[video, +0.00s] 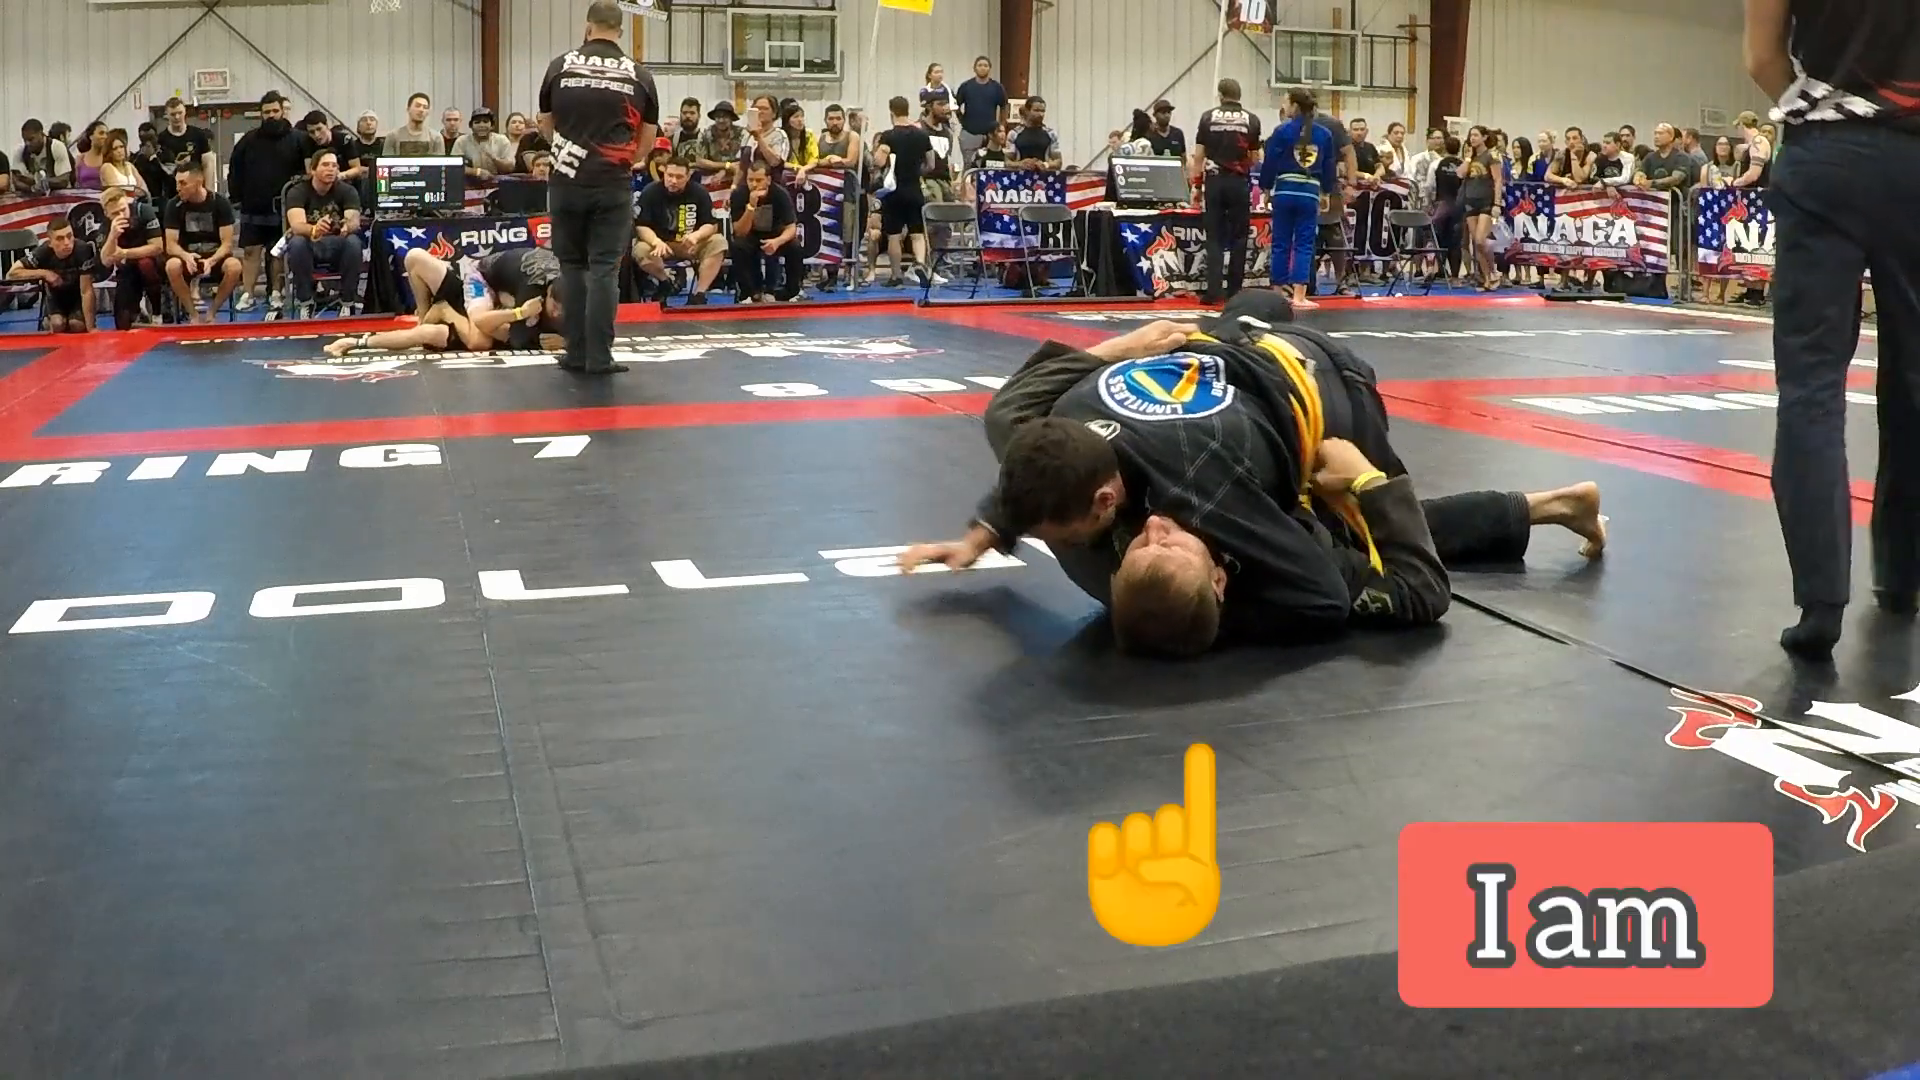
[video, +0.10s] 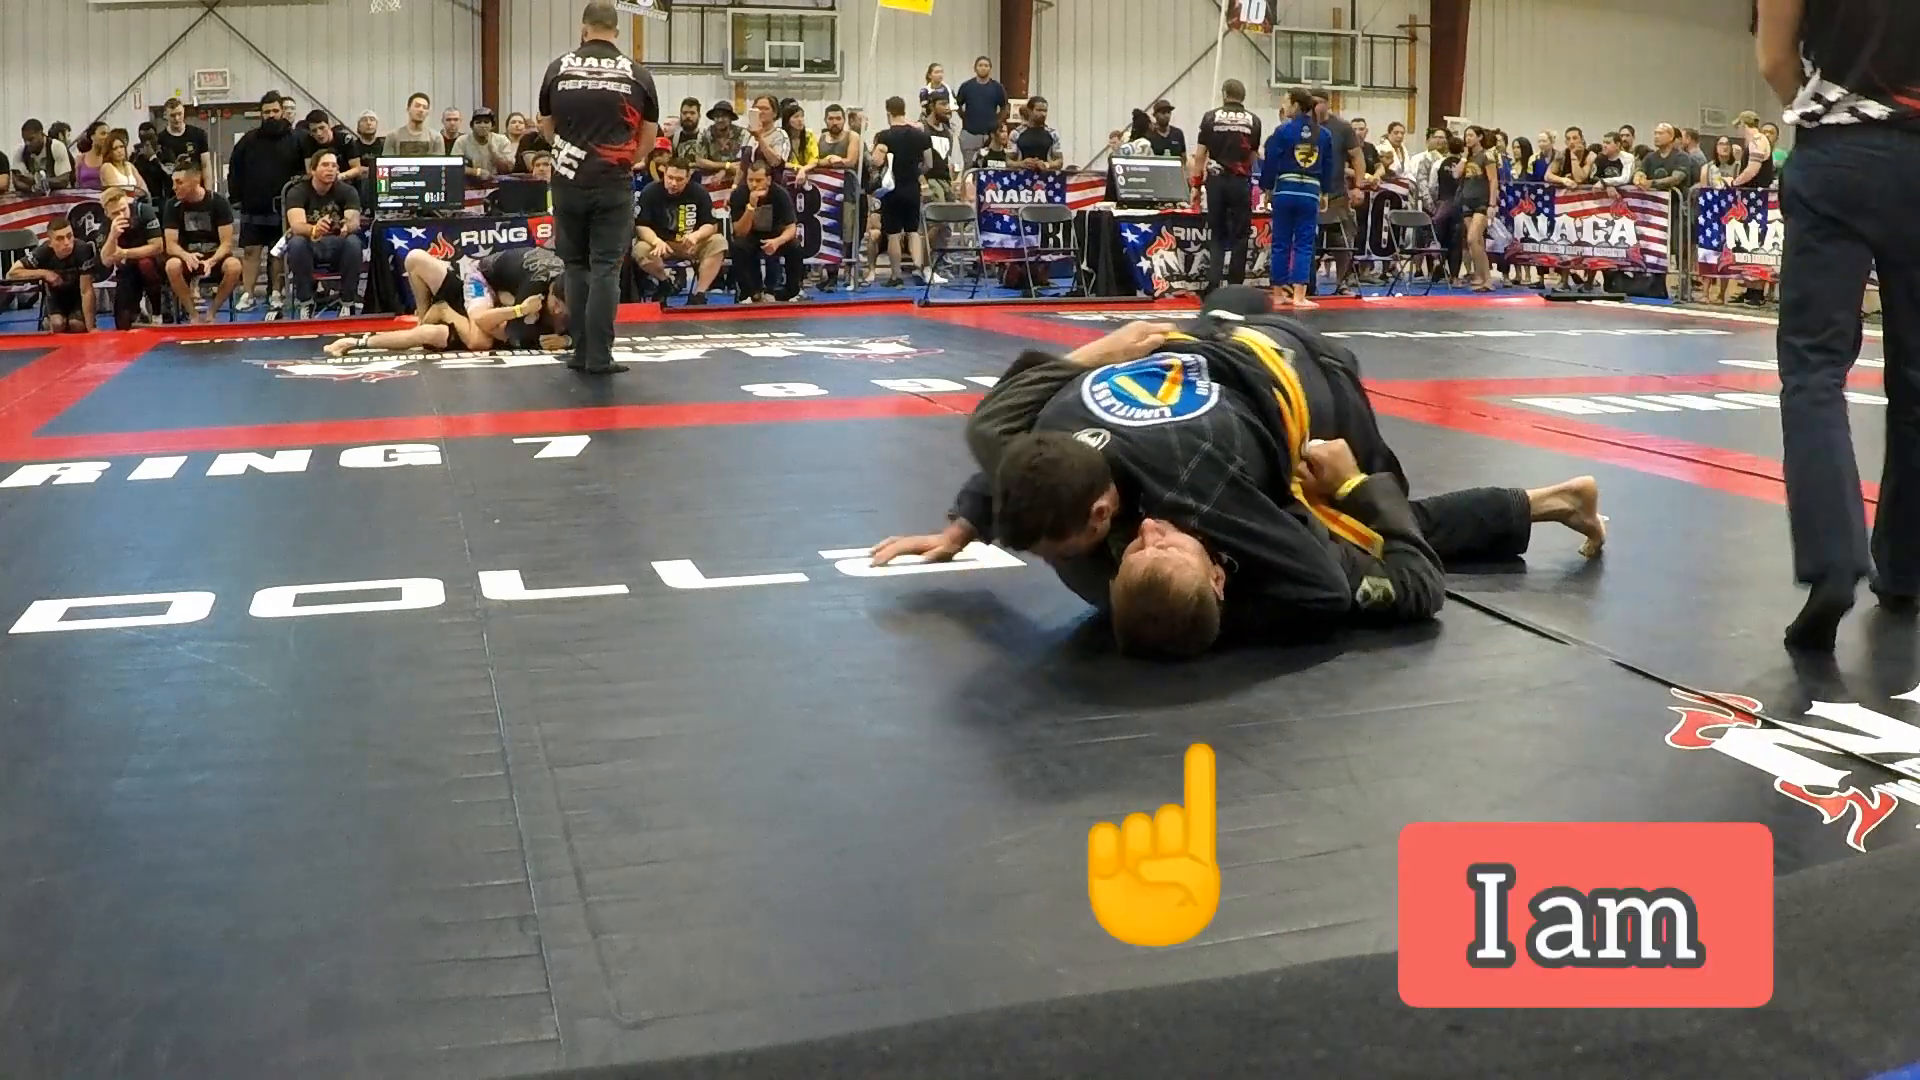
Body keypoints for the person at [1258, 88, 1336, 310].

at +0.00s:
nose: (1284, 107)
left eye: (1286, 103)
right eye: (1285, 103)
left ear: (1295, 106)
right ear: (1309, 107)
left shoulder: (1282, 130)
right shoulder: (1324, 134)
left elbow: (1270, 161)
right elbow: (1329, 167)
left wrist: (1265, 186)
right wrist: (1326, 191)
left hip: (1284, 191)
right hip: (1310, 194)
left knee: (1280, 242)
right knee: (1305, 244)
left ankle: (1278, 292)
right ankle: (1299, 296)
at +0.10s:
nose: (1283, 106)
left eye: (1286, 102)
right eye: (1285, 102)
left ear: (1296, 106)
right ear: (1308, 107)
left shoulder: (1283, 131)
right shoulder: (1324, 134)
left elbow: (1271, 160)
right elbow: (1327, 166)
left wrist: (1267, 186)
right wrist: (1325, 191)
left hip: (1285, 189)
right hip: (1310, 192)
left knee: (1281, 242)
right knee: (1305, 243)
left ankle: (1279, 293)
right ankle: (1299, 295)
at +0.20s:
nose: (1283, 106)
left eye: (1286, 103)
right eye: (1284, 102)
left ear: (1295, 106)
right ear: (1307, 107)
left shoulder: (1283, 131)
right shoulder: (1323, 135)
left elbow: (1271, 161)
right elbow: (1327, 167)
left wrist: (1267, 186)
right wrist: (1323, 190)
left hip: (1285, 189)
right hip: (1310, 192)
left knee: (1281, 242)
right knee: (1305, 243)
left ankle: (1279, 292)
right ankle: (1299, 295)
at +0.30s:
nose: (1282, 109)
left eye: (1285, 105)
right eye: (1283, 104)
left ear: (1295, 106)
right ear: (1305, 108)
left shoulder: (1283, 132)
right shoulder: (1322, 135)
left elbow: (1272, 162)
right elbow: (1326, 167)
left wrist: (1267, 186)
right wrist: (1321, 190)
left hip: (1285, 189)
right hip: (1310, 192)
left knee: (1281, 241)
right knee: (1304, 243)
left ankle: (1278, 292)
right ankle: (1299, 295)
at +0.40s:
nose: (1283, 107)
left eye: (1286, 103)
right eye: (1284, 103)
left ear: (1295, 106)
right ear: (1305, 107)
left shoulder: (1283, 131)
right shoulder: (1322, 134)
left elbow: (1272, 161)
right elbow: (1326, 166)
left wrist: (1267, 186)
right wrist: (1321, 190)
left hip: (1285, 190)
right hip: (1310, 193)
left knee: (1281, 241)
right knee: (1304, 243)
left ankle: (1278, 292)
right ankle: (1299, 295)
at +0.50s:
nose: (1283, 108)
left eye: (1286, 104)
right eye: (1284, 104)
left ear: (1295, 106)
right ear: (1306, 107)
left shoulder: (1283, 131)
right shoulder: (1322, 134)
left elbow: (1272, 161)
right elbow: (1326, 166)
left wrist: (1266, 186)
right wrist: (1322, 191)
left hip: (1284, 190)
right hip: (1310, 193)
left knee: (1281, 242)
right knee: (1305, 243)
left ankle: (1278, 292)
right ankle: (1299, 295)